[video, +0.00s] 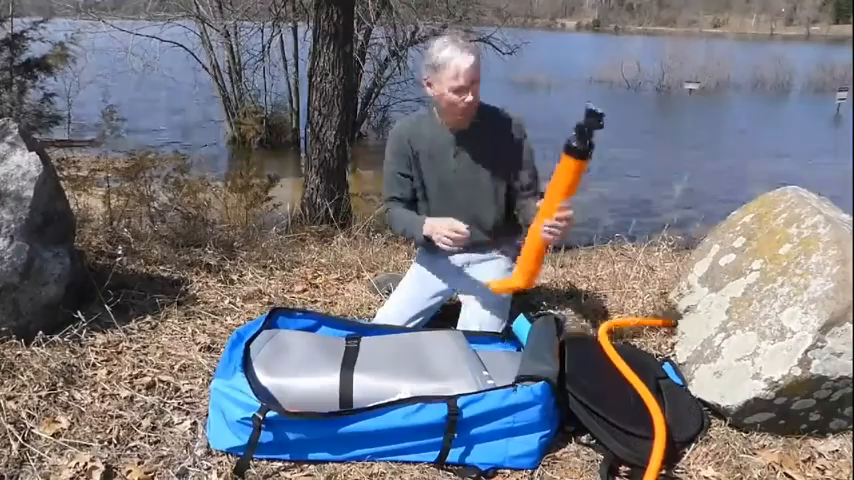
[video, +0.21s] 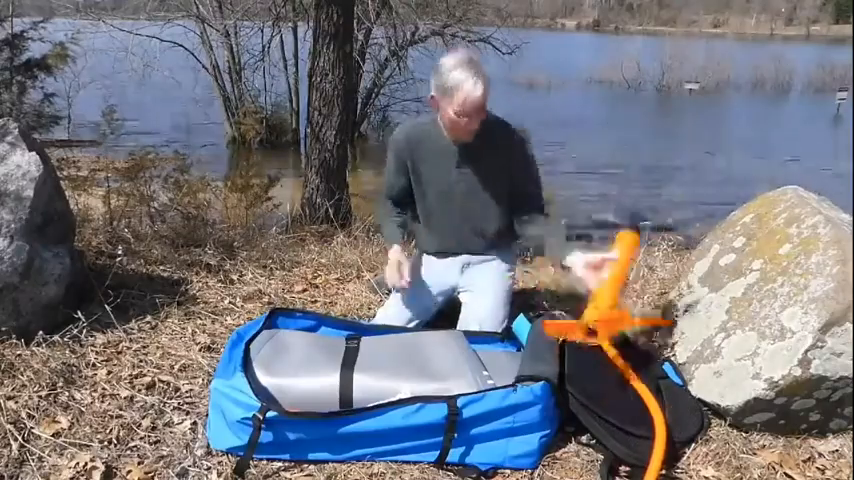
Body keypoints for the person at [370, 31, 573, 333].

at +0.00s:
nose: (471, 99)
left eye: (475, 87)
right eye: (459, 91)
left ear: (480, 80)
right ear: (430, 87)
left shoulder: (507, 129)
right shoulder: (407, 135)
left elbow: (525, 200)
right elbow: (395, 210)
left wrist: (548, 222)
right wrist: (426, 226)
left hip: (492, 259)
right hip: (434, 259)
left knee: (476, 347)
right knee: (382, 335)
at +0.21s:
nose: (474, 125)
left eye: (481, 114)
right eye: (464, 116)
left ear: (486, 101)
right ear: (436, 103)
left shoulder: (506, 141)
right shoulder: (409, 141)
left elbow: (529, 213)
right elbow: (393, 203)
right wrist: (396, 248)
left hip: (490, 262)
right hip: (431, 262)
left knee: (478, 341)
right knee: (379, 337)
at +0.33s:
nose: (446, 146)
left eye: (457, 137)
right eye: (439, 135)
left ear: (481, 127)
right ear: (431, 121)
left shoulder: (510, 163)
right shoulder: (409, 140)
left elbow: (529, 249)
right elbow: (394, 198)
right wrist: (383, 245)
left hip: (488, 264)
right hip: (430, 259)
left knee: (478, 337)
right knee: (382, 333)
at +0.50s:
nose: (433, 177)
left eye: (443, 167)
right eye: (423, 167)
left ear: (462, 142)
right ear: (409, 144)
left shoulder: (501, 163)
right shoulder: (387, 157)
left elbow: (551, 244)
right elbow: (369, 209)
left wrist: (591, 323)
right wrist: (367, 263)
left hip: (482, 261)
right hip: (419, 259)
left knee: (477, 342)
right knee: (384, 333)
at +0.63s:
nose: (376, 145)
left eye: (388, 135)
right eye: (369, 133)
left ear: (422, 114)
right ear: (359, 120)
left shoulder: (477, 144)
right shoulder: (354, 141)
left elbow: (518, 225)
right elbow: (343, 213)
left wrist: (505, 304)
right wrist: (342, 275)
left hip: (474, 250)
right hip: (406, 251)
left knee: (487, 350)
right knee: (378, 342)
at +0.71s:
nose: (354, 152)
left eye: (364, 142)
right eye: (345, 141)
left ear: (397, 119)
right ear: (336, 130)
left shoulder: (444, 148)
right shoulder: (339, 153)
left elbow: (442, 254)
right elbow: (338, 232)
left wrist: (399, 351)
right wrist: (331, 318)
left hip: (467, 234)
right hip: (407, 241)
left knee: (472, 330)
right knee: (380, 332)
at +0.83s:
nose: (312, 179)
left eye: (320, 169)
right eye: (305, 170)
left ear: (351, 151)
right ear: (299, 158)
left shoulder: (411, 170)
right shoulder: (324, 177)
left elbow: (425, 280)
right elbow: (332, 251)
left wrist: (403, 375)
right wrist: (331, 324)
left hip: (460, 234)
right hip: (401, 240)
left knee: (471, 332)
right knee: (378, 328)